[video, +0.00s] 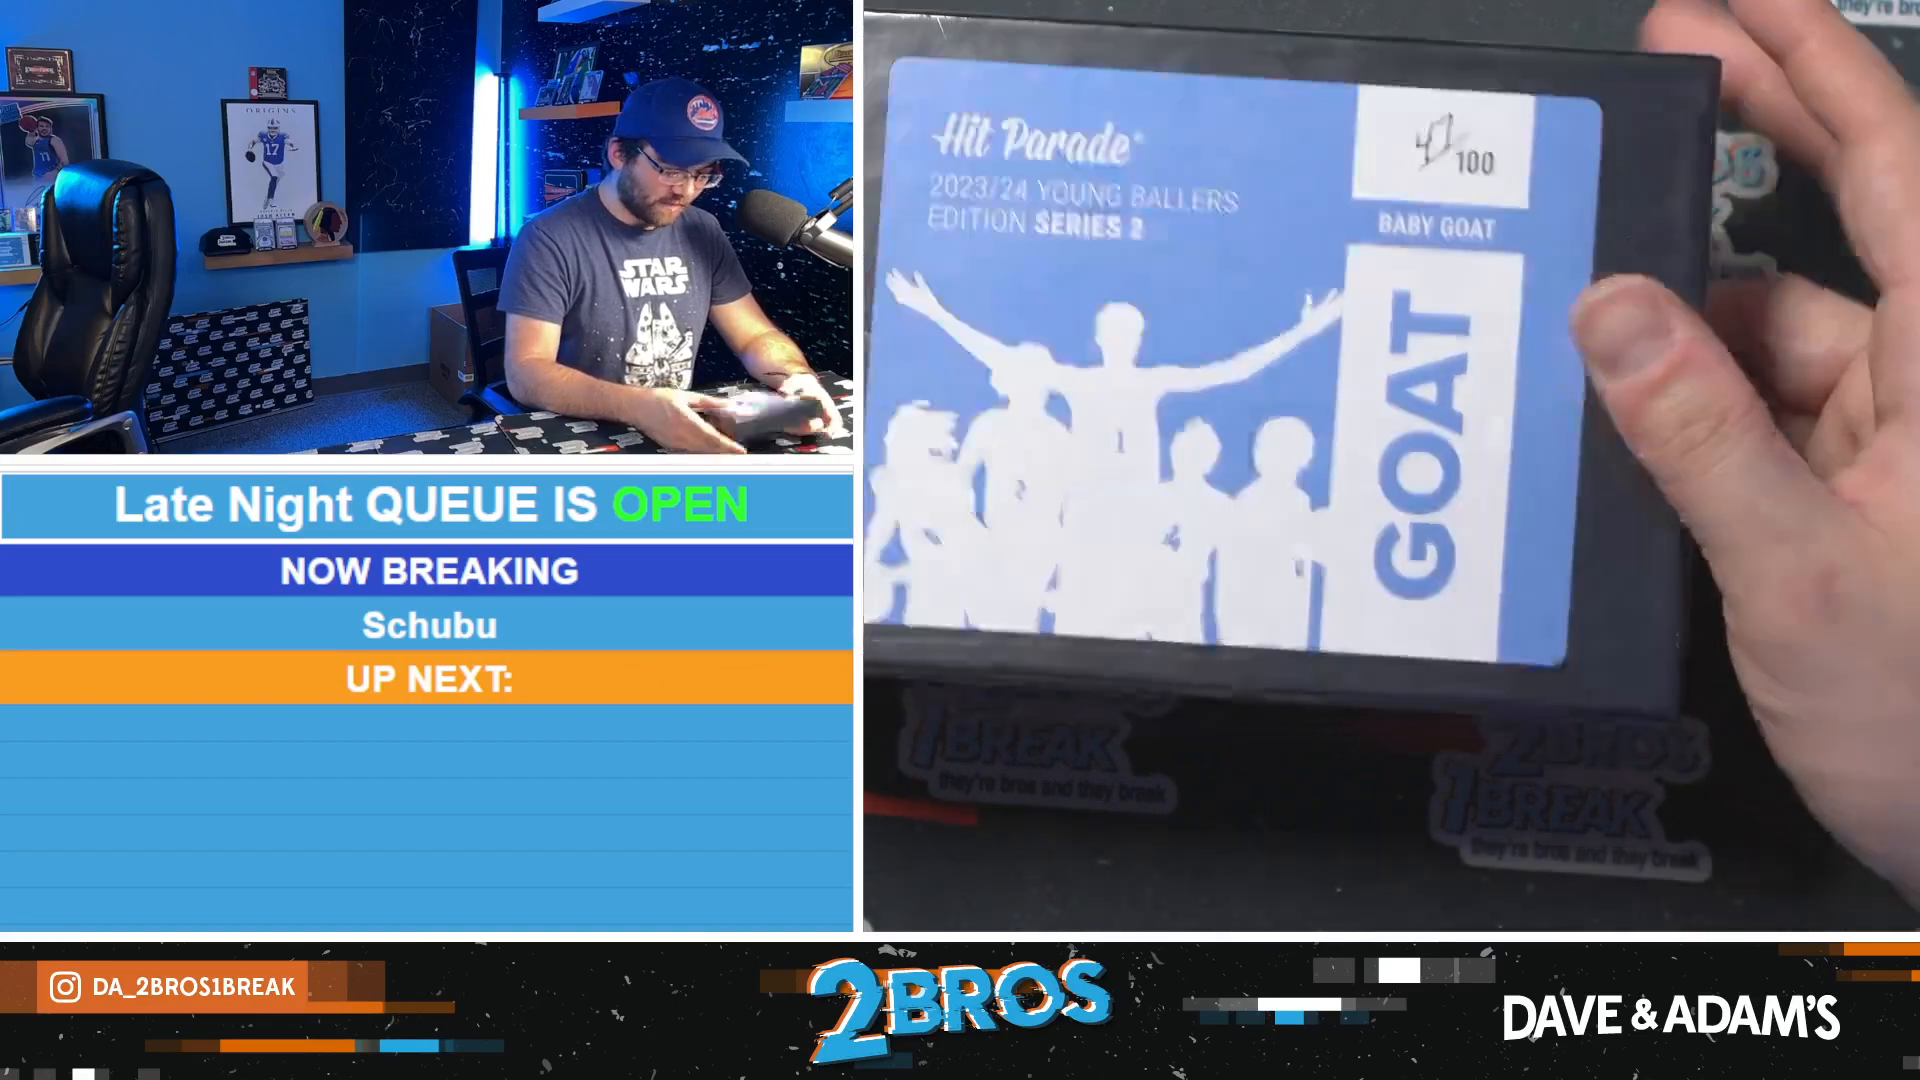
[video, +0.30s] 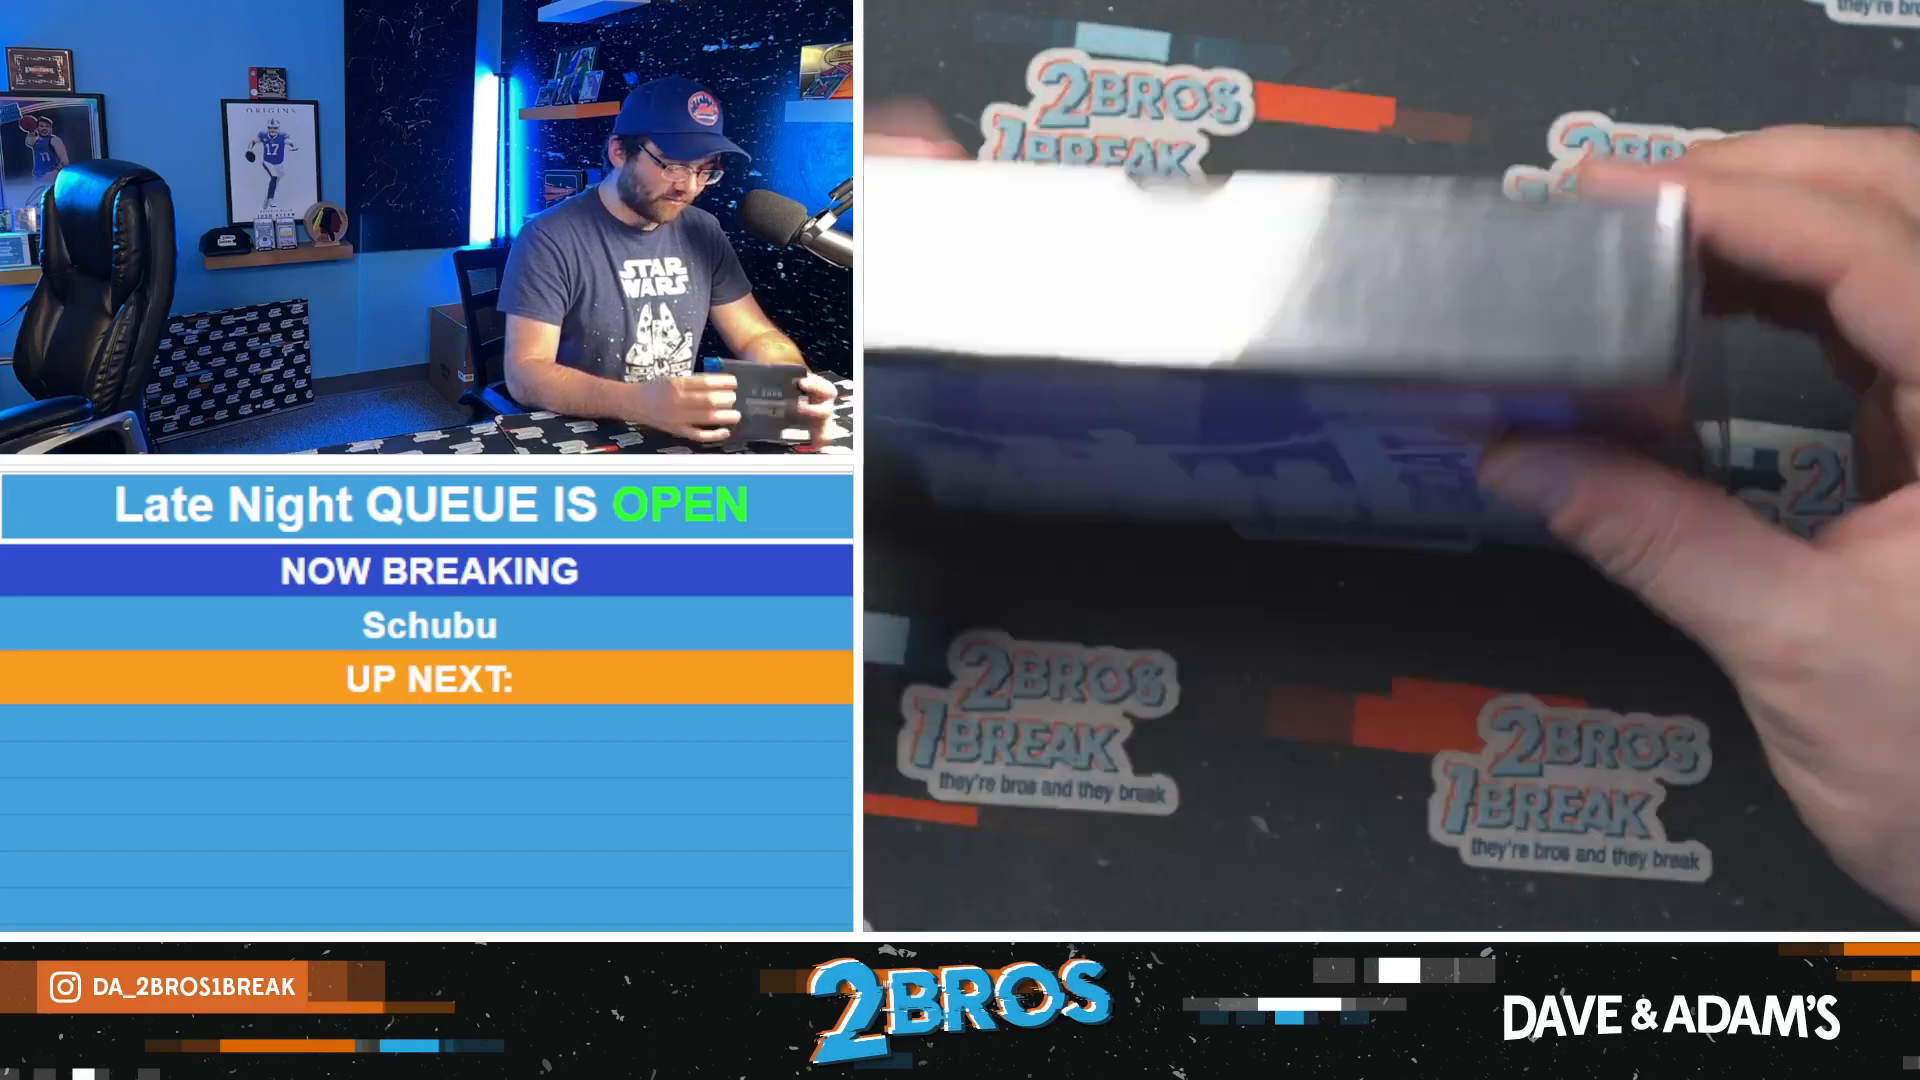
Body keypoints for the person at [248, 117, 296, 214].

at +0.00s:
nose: (273, 130)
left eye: (275, 128)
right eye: (271, 128)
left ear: (278, 128)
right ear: (268, 128)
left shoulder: (283, 136)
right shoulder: (263, 136)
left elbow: (290, 142)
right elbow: (254, 141)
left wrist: (292, 147)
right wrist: (250, 148)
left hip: (279, 164)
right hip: (267, 162)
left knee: (275, 182)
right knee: (274, 176)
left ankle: (267, 200)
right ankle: (270, 199)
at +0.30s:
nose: (273, 130)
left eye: (275, 128)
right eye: (271, 128)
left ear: (278, 128)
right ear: (268, 128)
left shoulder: (283, 137)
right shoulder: (263, 137)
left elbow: (290, 142)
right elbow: (253, 141)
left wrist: (292, 147)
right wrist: (250, 149)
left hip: (279, 164)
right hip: (267, 162)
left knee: (275, 182)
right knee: (274, 176)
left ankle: (267, 199)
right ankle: (271, 199)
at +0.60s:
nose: (273, 130)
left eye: (275, 128)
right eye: (271, 128)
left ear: (278, 128)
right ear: (268, 128)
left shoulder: (283, 136)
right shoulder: (263, 136)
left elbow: (290, 143)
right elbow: (253, 141)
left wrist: (292, 147)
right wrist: (250, 149)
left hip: (279, 164)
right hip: (267, 162)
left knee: (275, 182)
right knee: (274, 176)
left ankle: (267, 200)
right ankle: (270, 199)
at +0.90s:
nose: (273, 130)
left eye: (275, 128)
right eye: (271, 128)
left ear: (278, 128)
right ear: (268, 128)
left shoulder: (283, 136)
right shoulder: (263, 136)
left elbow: (290, 143)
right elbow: (253, 141)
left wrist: (292, 147)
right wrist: (250, 149)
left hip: (279, 164)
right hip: (267, 162)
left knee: (275, 182)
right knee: (274, 176)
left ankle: (267, 200)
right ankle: (270, 199)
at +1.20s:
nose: (273, 130)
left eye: (275, 128)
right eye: (271, 128)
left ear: (278, 128)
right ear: (268, 128)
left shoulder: (283, 136)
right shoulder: (263, 136)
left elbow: (290, 143)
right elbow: (253, 141)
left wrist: (292, 147)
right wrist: (250, 149)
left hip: (279, 164)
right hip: (267, 162)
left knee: (275, 182)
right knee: (274, 176)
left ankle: (267, 200)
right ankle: (270, 199)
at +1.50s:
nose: (273, 130)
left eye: (275, 128)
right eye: (271, 128)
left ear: (278, 128)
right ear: (268, 128)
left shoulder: (283, 136)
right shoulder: (263, 136)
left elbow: (290, 143)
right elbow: (253, 141)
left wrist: (292, 147)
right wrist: (250, 149)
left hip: (279, 164)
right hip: (267, 162)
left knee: (275, 182)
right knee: (274, 176)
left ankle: (267, 200)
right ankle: (270, 199)